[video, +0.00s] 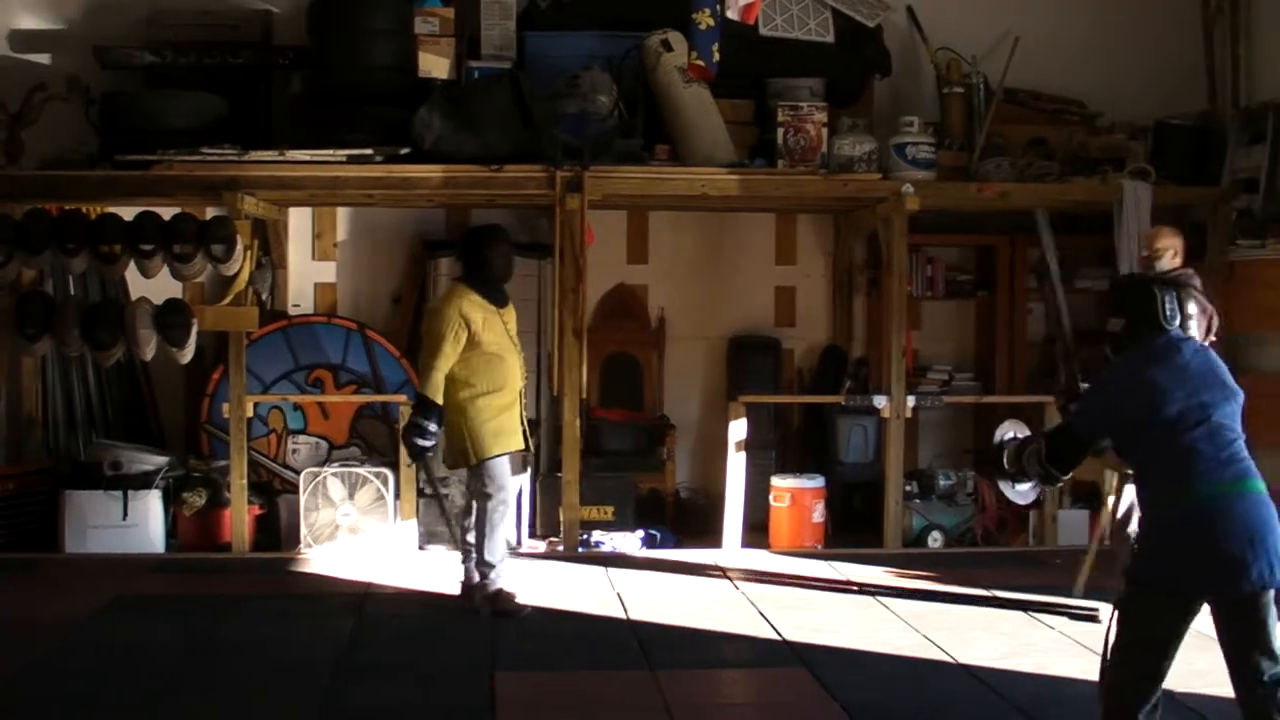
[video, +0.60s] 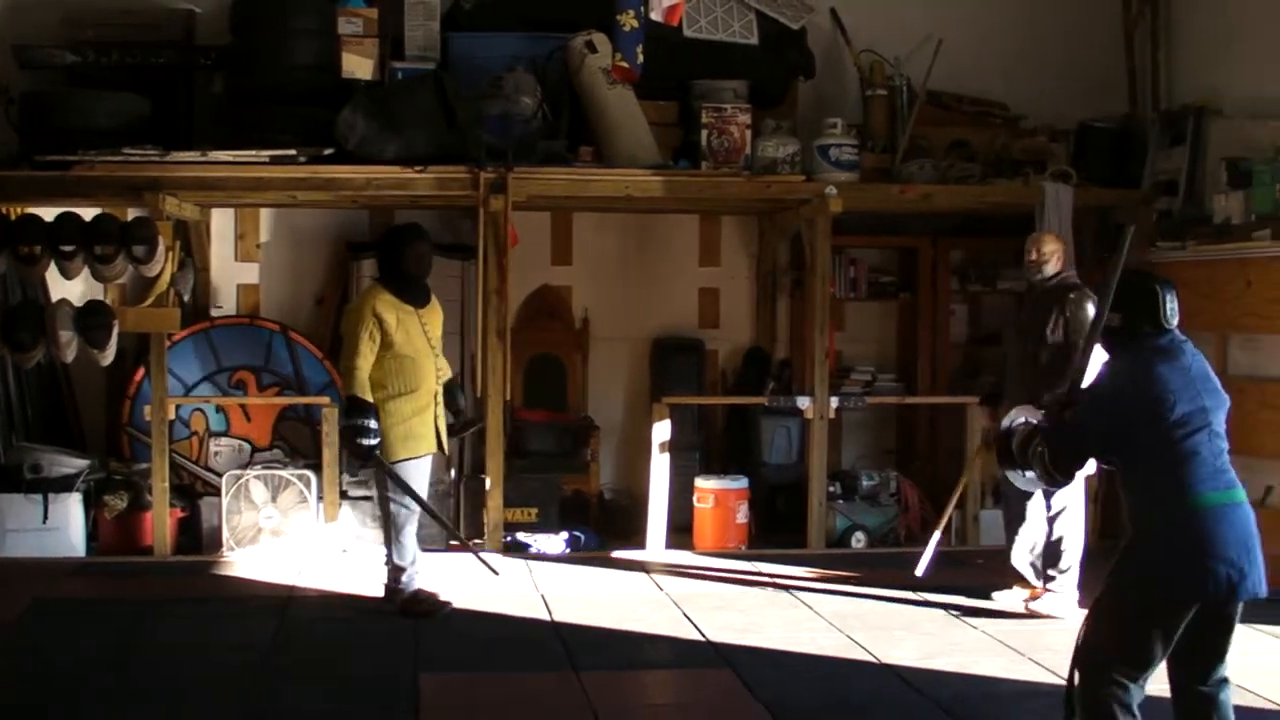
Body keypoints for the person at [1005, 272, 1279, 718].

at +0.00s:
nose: (1110, 330)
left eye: (1115, 319)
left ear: (1127, 322)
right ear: (1177, 315)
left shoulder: (1121, 378)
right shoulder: (1212, 361)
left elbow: (1055, 455)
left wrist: (1012, 455)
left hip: (1175, 539)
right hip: (1250, 529)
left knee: (1129, 684)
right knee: (1263, 680)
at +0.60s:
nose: (1102, 325)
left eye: (1106, 315)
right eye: (1103, 315)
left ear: (1117, 319)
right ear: (1166, 314)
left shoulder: (1123, 376)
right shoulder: (1196, 365)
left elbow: (1057, 461)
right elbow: (1147, 436)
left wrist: (1022, 429)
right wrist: (1080, 409)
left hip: (1172, 547)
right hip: (1235, 543)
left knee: (1106, 674)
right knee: (1202, 678)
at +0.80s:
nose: (1045, 322)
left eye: (1051, 312)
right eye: (1048, 312)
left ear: (1061, 316)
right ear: (1109, 314)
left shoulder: (1062, 376)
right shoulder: (1137, 366)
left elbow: (999, 457)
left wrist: (974, 422)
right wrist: (1011, 410)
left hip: (1114, 553)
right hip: (1178, 544)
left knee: (1060, 689)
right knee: (1162, 684)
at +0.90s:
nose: (1010, 327)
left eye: (1015, 316)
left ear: (1026, 320)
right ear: (1076, 312)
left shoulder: (1028, 377)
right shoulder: (1104, 363)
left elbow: (962, 456)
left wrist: (933, 419)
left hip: (1084, 551)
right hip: (1148, 544)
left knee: (1039, 687)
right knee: (1140, 682)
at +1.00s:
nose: (964, 338)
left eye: (972, 325)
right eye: (964, 326)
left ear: (995, 324)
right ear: (1041, 311)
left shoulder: (1003, 378)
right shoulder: (1072, 359)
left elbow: (931, 452)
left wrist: (895, 413)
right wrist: (951, 394)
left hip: (1055, 555)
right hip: (1118, 543)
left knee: (1017, 690)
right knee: (1108, 680)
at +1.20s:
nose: (929, 324)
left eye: (934, 313)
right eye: (930, 312)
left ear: (949, 315)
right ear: (992, 307)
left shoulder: (962, 371)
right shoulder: (1017, 357)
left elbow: (892, 448)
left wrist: (852, 423)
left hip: (1020, 553)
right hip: (1070, 542)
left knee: (984, 693)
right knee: (1034, 681)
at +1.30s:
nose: (986, 259)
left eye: (993, 252)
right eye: (981, 252)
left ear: (1009, 257)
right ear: (973, 256)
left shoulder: (1028, 301)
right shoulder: (967, 299)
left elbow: (1050, 360)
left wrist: (1026, 408)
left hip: (1013, 422)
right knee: (950, 493)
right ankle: (938, 571)